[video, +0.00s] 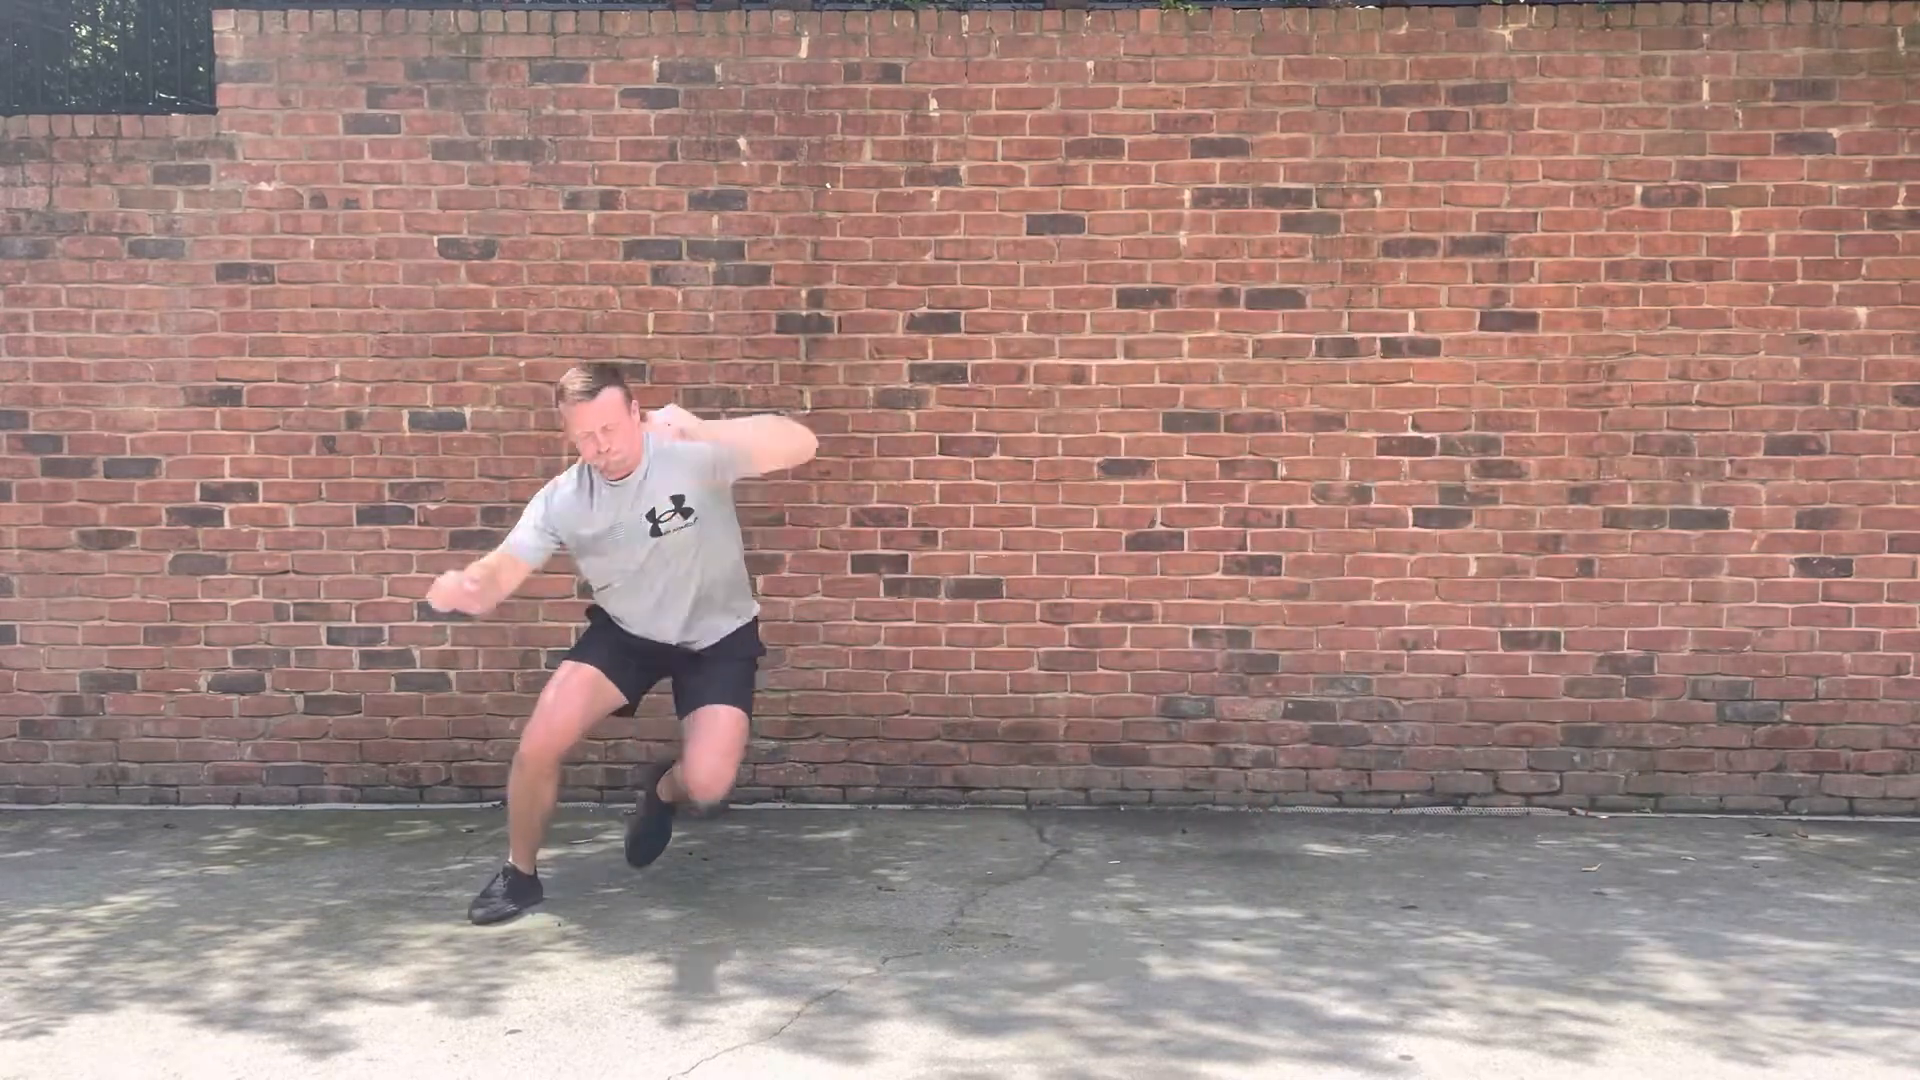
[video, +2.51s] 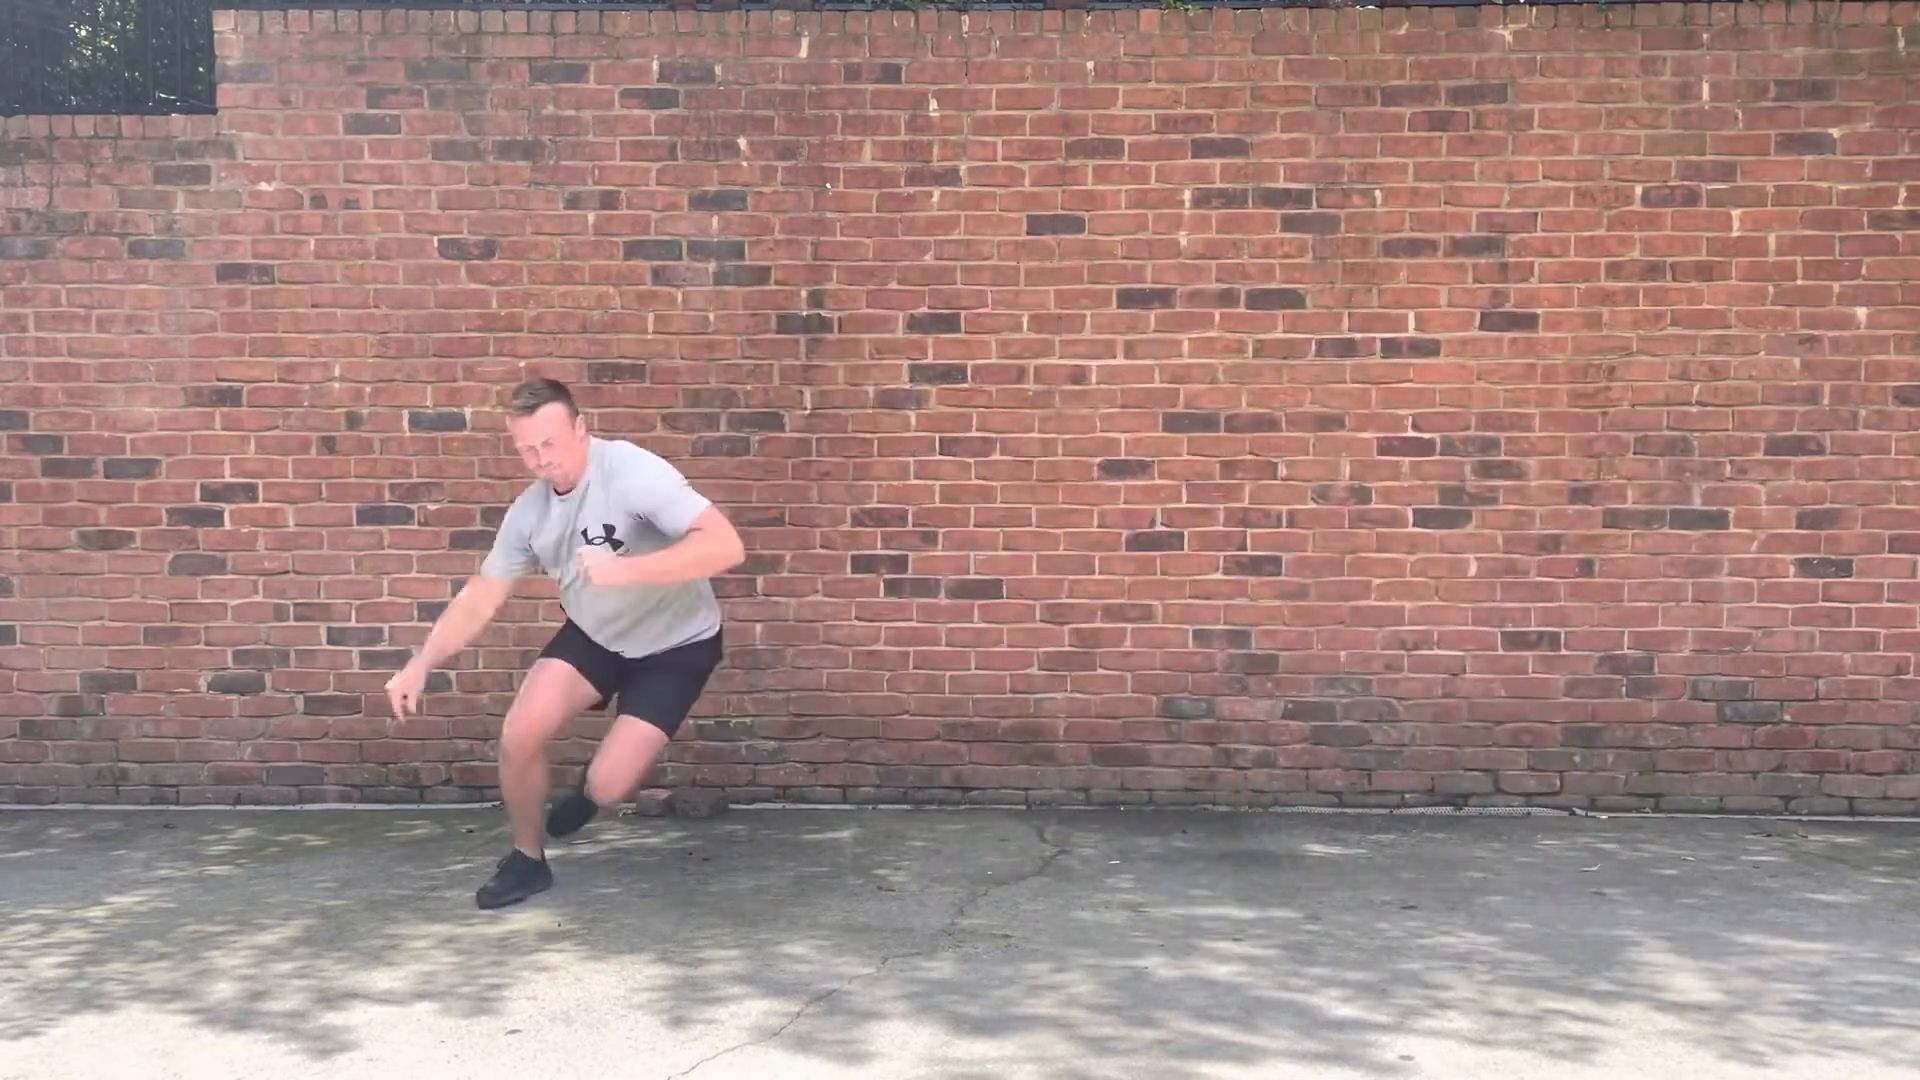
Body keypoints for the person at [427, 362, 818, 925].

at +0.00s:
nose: (601, 446)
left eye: (610, 428)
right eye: (585, 435)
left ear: (637, 415)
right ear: (570, 435)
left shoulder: (692, 457)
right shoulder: (560, 501)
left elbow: (800, 443)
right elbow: (501, 570)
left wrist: (701, 429)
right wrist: (468, 591)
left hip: (719, 632)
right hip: (626, 631)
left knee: (710, 784)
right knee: (541, 737)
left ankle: (664, 792)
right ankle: (520, 874)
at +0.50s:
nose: (992, 349)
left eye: (999, 334)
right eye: (976, 337)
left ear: (1008, 330)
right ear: (942, 340)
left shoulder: (1046, 385)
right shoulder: (907, 421)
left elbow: (1098, 469)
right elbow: (850, 491)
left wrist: (1067, 501)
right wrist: (806, 538)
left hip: (1043, 564)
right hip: (956, 579)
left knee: (1107, 681)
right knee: (957, 730)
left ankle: (1044, 780)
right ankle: (941, 855)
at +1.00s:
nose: (1524, 413)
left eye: (1532, 399)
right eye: (1514, 397)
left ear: (1537, 393)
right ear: (1472, 383)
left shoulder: (1528, 453)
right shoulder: (1409, 441)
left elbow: (1521, 520)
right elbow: (1297, 501)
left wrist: (1552, 584)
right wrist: (1383, 506)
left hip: (1482, 604)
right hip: (1391, 618)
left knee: (1575, 735)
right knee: (1361, 784)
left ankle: (1615, 863)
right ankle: (1393, 729)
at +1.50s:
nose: (1381, 291)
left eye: (1398, 279)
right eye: (1372, 274)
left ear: (1422, 276)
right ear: (1355, 262)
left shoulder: (1449, 340)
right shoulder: (1301, 318)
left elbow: (1533, 402)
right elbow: (1191, 316)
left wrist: (1539, 404)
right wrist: (1105, 335)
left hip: (1393, 526)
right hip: (1296, 514)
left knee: (1453, 674)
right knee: (1223, 642)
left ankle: (1492, 831)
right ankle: (1297, 670)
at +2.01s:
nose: (967, 284)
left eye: (982, 271)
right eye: (957, 270)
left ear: (1011, 264)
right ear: (945, 260)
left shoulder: (1046, 333)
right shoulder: (914, 302)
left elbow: (1144, 408)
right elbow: (828, 297)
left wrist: (1103, 408)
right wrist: (778, 310)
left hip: (1008, 517)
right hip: (915, 499)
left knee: (1073, 663)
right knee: (800, 597)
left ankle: (1145, 811)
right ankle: (837, 694)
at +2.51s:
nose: (540, 460)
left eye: (550, 443)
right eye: (527, 449)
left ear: (581, 429)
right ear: (517, 450)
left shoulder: (634, 473)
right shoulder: (528, 514)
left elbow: (725, 543)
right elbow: (480, 597)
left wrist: (625, 568)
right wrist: (420, 662)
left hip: (678, 638)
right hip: (595, 633)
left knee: (608, 786)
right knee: (519, 733)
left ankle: (591, 790)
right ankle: (528, 858)